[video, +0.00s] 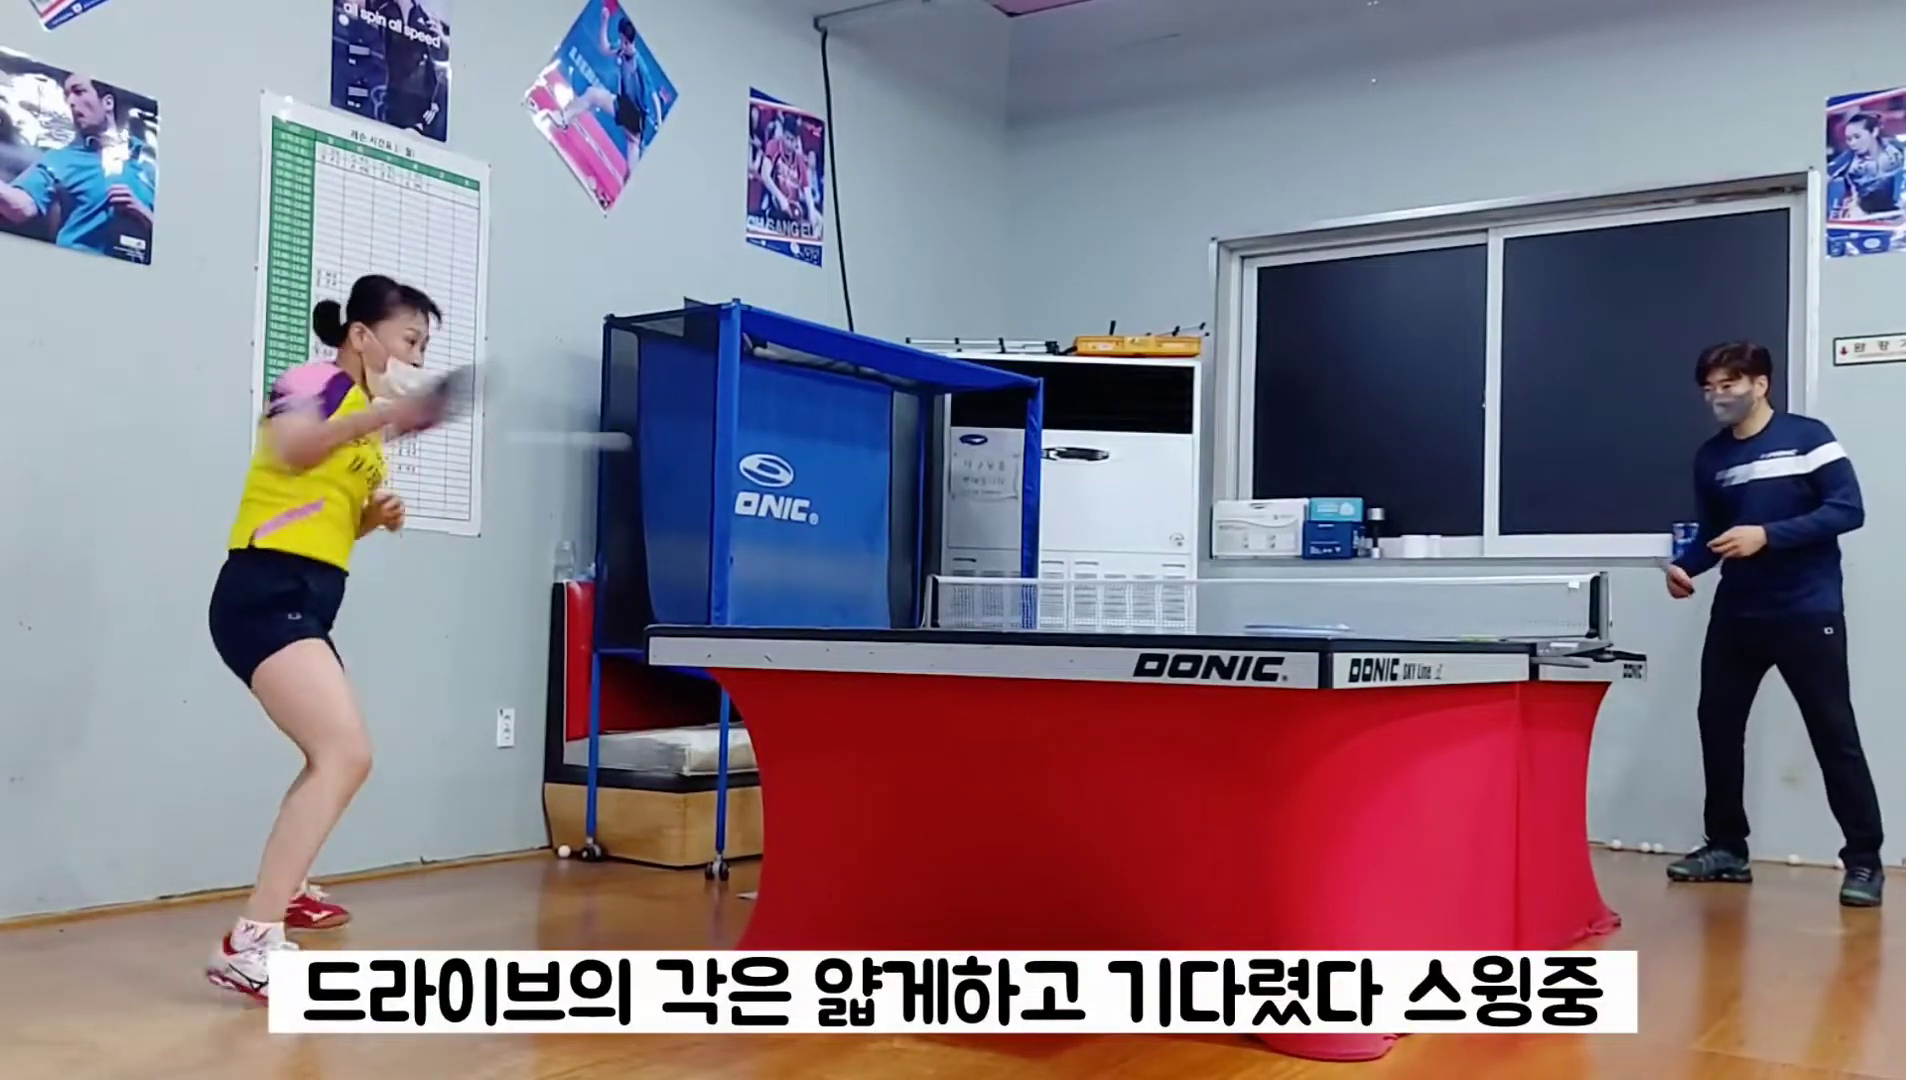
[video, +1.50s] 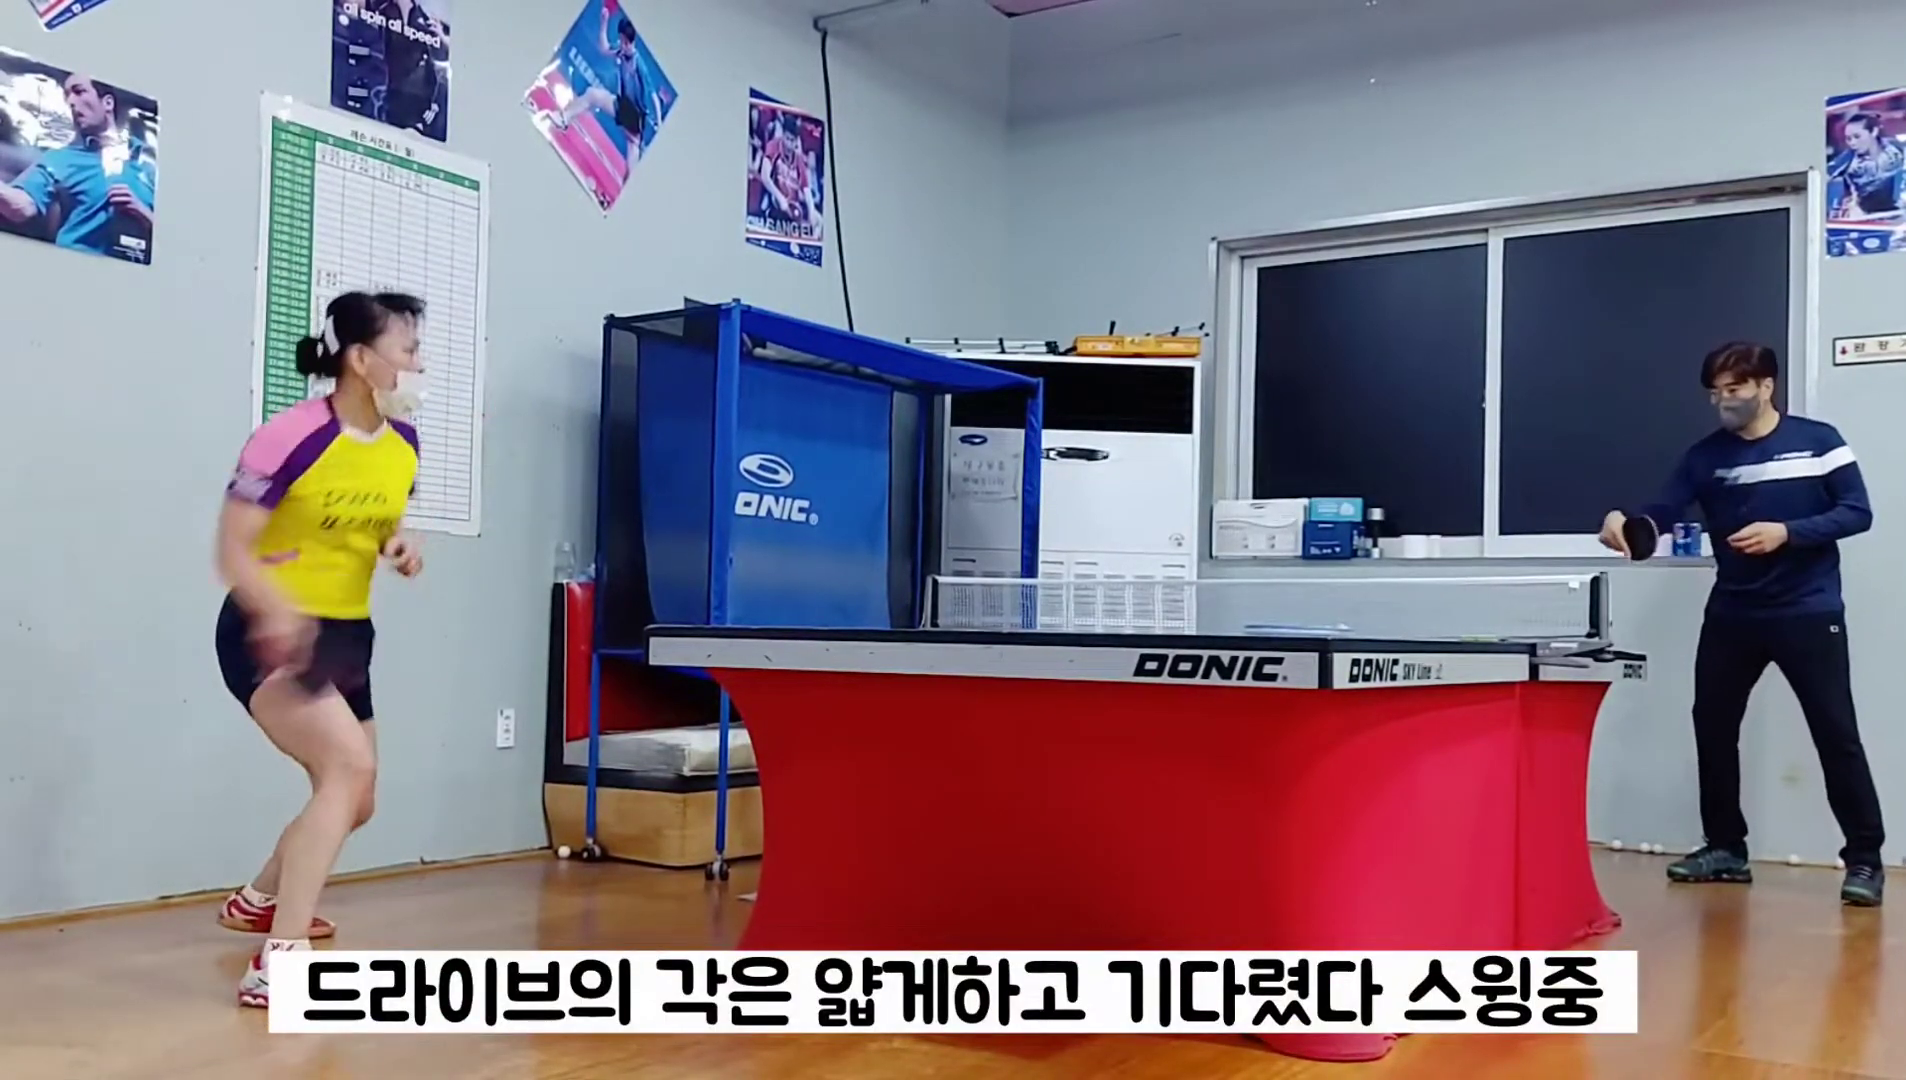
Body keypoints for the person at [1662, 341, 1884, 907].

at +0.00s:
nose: (1717, 395)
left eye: (1728, 384)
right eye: (1710, 388)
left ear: (1761, 384)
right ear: (1705, 395)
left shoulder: (1809, 436)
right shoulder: (1710, 458)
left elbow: (1848, 509)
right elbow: (1714, 534)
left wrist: (1767, 534)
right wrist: (1685, 564)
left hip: (1808, 615)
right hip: (1738, 616)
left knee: (1835, 737)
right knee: (1717, 725)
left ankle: (1863, 862)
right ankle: (1727, 848)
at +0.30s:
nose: (1732, 403)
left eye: (1743, 392)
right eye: (1725, 395)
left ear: (1774, 390)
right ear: (1719, 399)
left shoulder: (1828, 438)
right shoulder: (1721, 460)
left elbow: (1870, 510)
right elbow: (1693, 524)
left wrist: (1793, 533)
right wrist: (1672, 560)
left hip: (1824, 617)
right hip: (1750, 619)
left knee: (1844, 736)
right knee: (1723, 722)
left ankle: (1864, 863)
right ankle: (1728, 848)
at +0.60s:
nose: (1734, 392)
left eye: (1746, 381)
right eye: (1727, 384)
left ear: (1778, 381)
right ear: (1721, 391)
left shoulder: (1831, 438)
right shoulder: (1716, 454)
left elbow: (1870, 510)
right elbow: (1667, 509)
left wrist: (1799, 534)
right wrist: (1633, 514)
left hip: (1819, 615)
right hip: (1744, 614)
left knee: (1843, 738)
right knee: (1723, 726)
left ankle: (1863, 863)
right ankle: (1726, 848)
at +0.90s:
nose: (1735, 390)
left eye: (1746, 379)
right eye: (1727, 383)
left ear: (1776, 381)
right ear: (1721, 391)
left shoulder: (1824, 436)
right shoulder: (1722, 456)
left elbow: (1861, 509)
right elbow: (1715, 533)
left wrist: (1780, 531)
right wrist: (1687, 556)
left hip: (1816, 615)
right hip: (1746, 616)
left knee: (1840, 737)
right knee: (1726, 727)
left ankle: (1863, 863)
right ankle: (1727, 847)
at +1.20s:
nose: (1727, 410)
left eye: (1738, 399)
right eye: (1719, 402)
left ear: (1769, 394)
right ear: (1713, 404)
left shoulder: (1822, 442)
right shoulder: (1718, 462)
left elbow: (1860, 515)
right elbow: (1695, 530)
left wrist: (1782, 533)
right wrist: (1680, 575)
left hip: (1814, 619)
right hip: (1740, 621)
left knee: (1841, 739)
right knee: (1712, 723)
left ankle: (1863, 863)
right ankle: (1726, 848)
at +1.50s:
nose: (1724, 399)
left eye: (1734, 388)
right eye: (1716, 392)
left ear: (1766, 387)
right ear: (1710, 397)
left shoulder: (1819, 440)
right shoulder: (1705, 457)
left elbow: (1858, 512)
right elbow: (1661, 515)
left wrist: (1787, 531)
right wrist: (1626, 527)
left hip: (1808, 616)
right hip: (1733, 616)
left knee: (1837, 738)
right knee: (1713, 727)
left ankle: (1864, 863)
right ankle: (1725, 850)